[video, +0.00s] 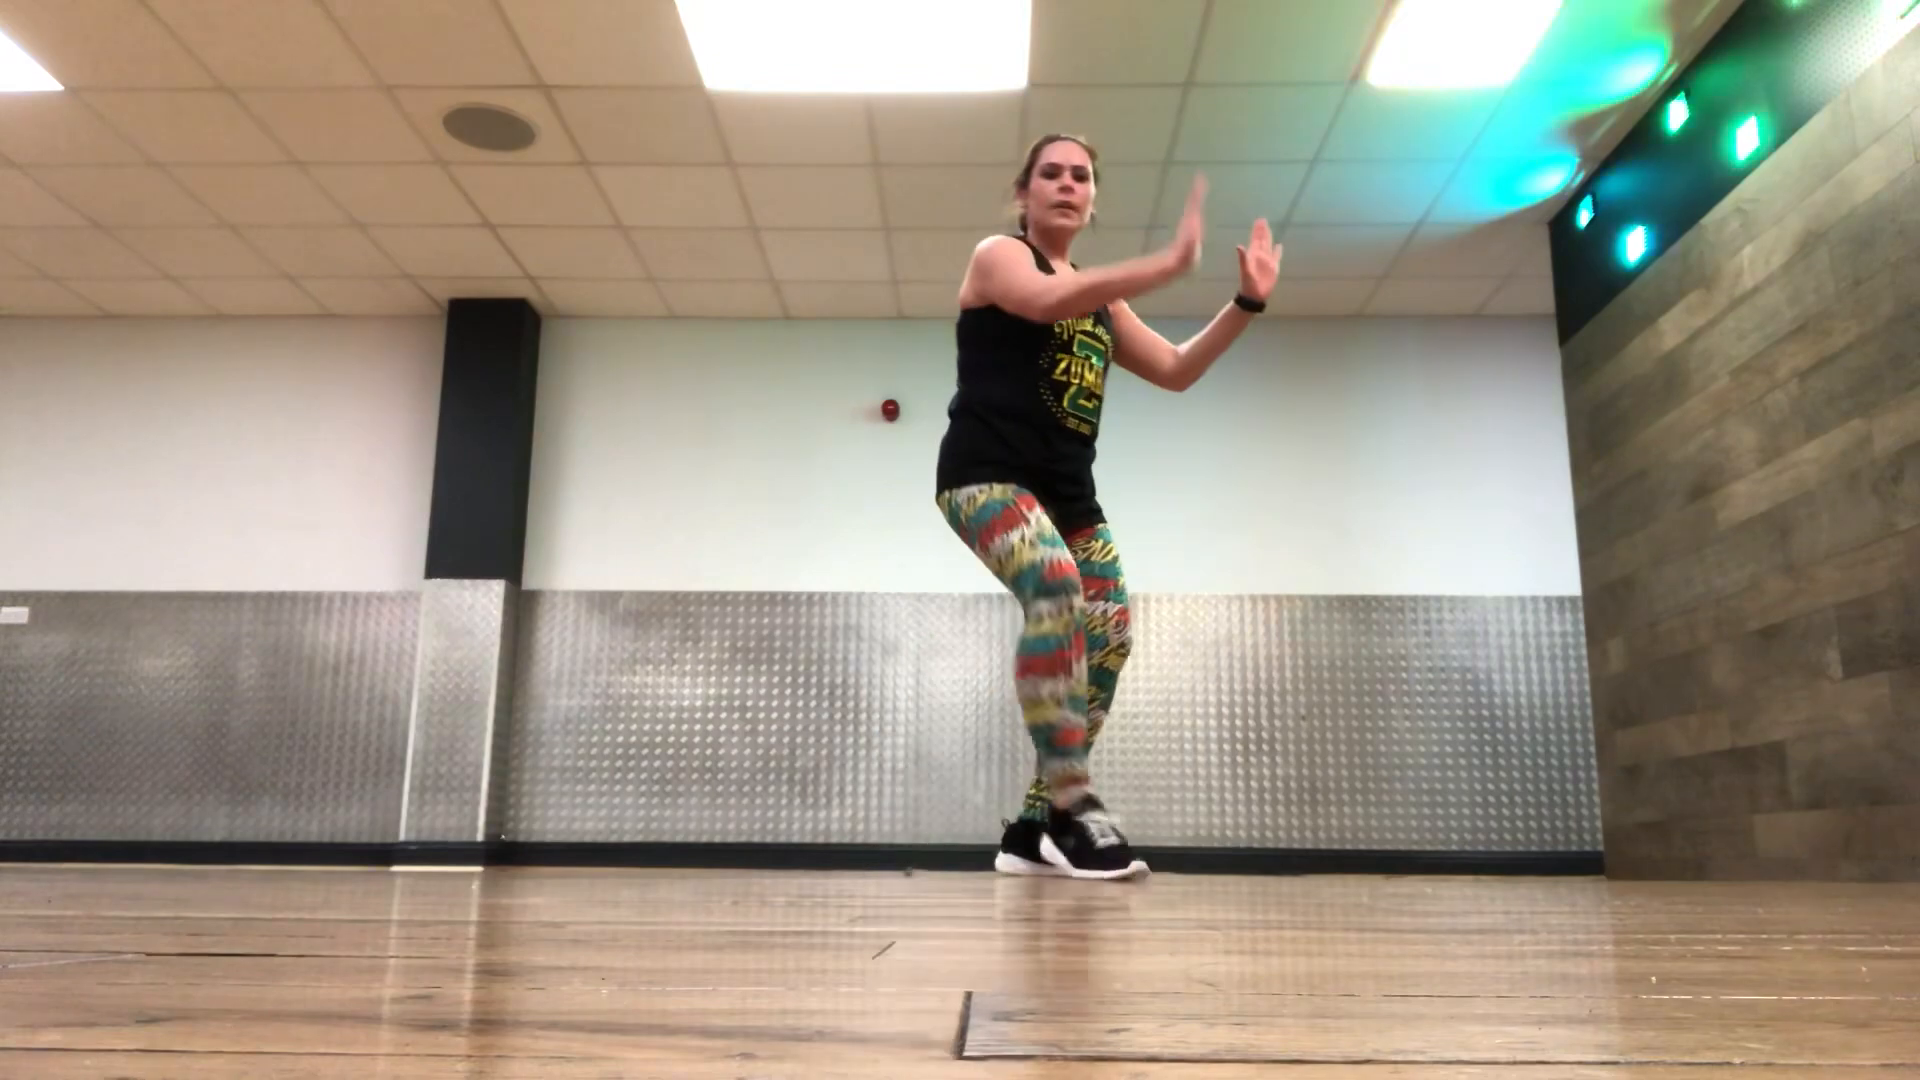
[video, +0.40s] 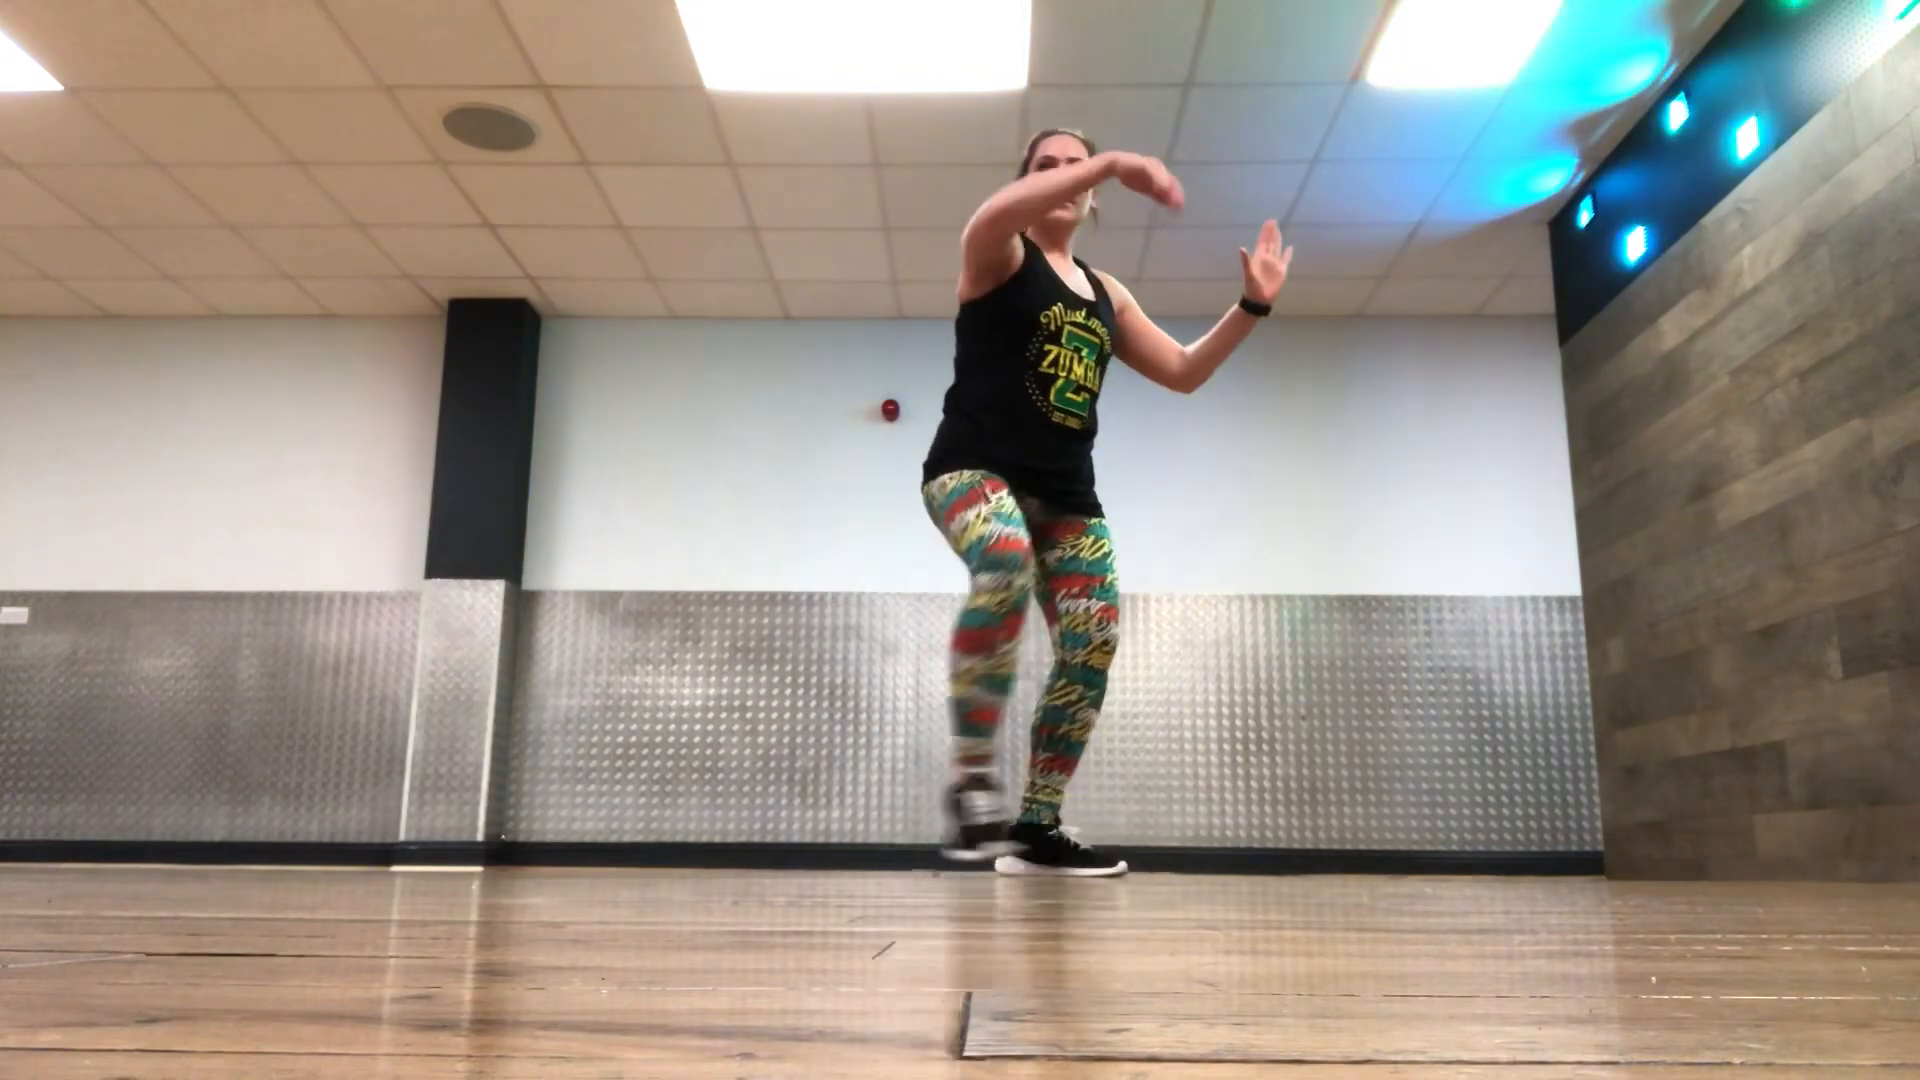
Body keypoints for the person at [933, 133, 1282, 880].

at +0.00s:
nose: (1070, 184)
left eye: (1082, 176)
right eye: (1054, 173)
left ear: (1094, 200)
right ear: (1023, 193)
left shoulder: (1097, 301)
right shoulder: (996, 256)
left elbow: (1176, 368)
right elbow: (1048, 300)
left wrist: (1245, 304)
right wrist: (1163, 263)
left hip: (1067, 491)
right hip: (986, 478)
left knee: (1108, 632)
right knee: (1053, 588)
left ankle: (1035, 822)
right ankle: (1072, 810)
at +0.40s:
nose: (1064, 174)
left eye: (1076, 164)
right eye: (1049, 163)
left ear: (1093, 195)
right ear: (1021, 187)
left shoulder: (1104, 295)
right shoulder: (996, 259)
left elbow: (1183, 370)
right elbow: (1002, 209)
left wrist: (1251, 306)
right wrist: (1111, 163)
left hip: (1064, 489)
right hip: (975, 469)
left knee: (1089, 641)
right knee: (1004, 568)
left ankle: (1037, 826)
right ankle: (972, 788)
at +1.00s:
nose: (1047, 175)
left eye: (1060, 166)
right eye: (1030, 164)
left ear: (1075, 192)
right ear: (1007, 185)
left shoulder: (1098, 287)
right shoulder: (980, 257)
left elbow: (1179, 363)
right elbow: (930, 249)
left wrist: (1237, 299)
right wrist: (1026, 177)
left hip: (1048, 490)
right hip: (952, 474)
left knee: (1081, 637)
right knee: (919, 597)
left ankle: (1034, 828)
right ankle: (840, 792)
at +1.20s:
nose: (1032, 178)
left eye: (1046, 169)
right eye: (1018, 169)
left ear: (1069, 193)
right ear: (994, 190)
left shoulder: (1093, 294)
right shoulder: (970, 264)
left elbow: (1175, 369)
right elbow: (895, 282)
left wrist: (1230, 305)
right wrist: (1011, 218)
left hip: (1041, 502)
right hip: (941, 489)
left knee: (1088, 636)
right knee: (923, 624)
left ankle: (1034, 829)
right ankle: (842, 818)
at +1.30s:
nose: (1026, 169)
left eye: (1039, 159)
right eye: (1012, 159)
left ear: (1062, 182)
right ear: (990, 182)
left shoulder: (1099, 276)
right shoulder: (962, 257)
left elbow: (1185, 351)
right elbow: (872, 288)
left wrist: (1241, 292)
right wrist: (930, 211)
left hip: (1050, 496)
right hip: (947, 485)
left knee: (1081, 641)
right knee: (908, 622)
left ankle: (1035, 828)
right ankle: (837, 815)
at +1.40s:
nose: (1018, 156)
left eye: (1032, 146)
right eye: (1004, 146)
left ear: (1054, 168)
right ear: (981, 169)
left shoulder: (1095, 257)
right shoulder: (944, 251)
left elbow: (1187, 329)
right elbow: (849, 317)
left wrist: (1254, 289)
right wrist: (878, 245)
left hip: (1059, 484)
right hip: (952, 477)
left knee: (1077, 634)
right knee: (898, 610)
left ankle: (1037, 825)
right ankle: (840, 803)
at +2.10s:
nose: (893, 163)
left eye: (908, 151)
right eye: (878, 152)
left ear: (931, 171)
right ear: (857, 172)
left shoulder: (956, 242)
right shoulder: (837, 264)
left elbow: (910, 332)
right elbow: (816, 358)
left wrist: (788, 346)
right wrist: (810, 444)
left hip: (953, 457)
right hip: (872, 470)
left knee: (872, 576)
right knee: (850, 621)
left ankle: (862, 786)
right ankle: (903, 821)